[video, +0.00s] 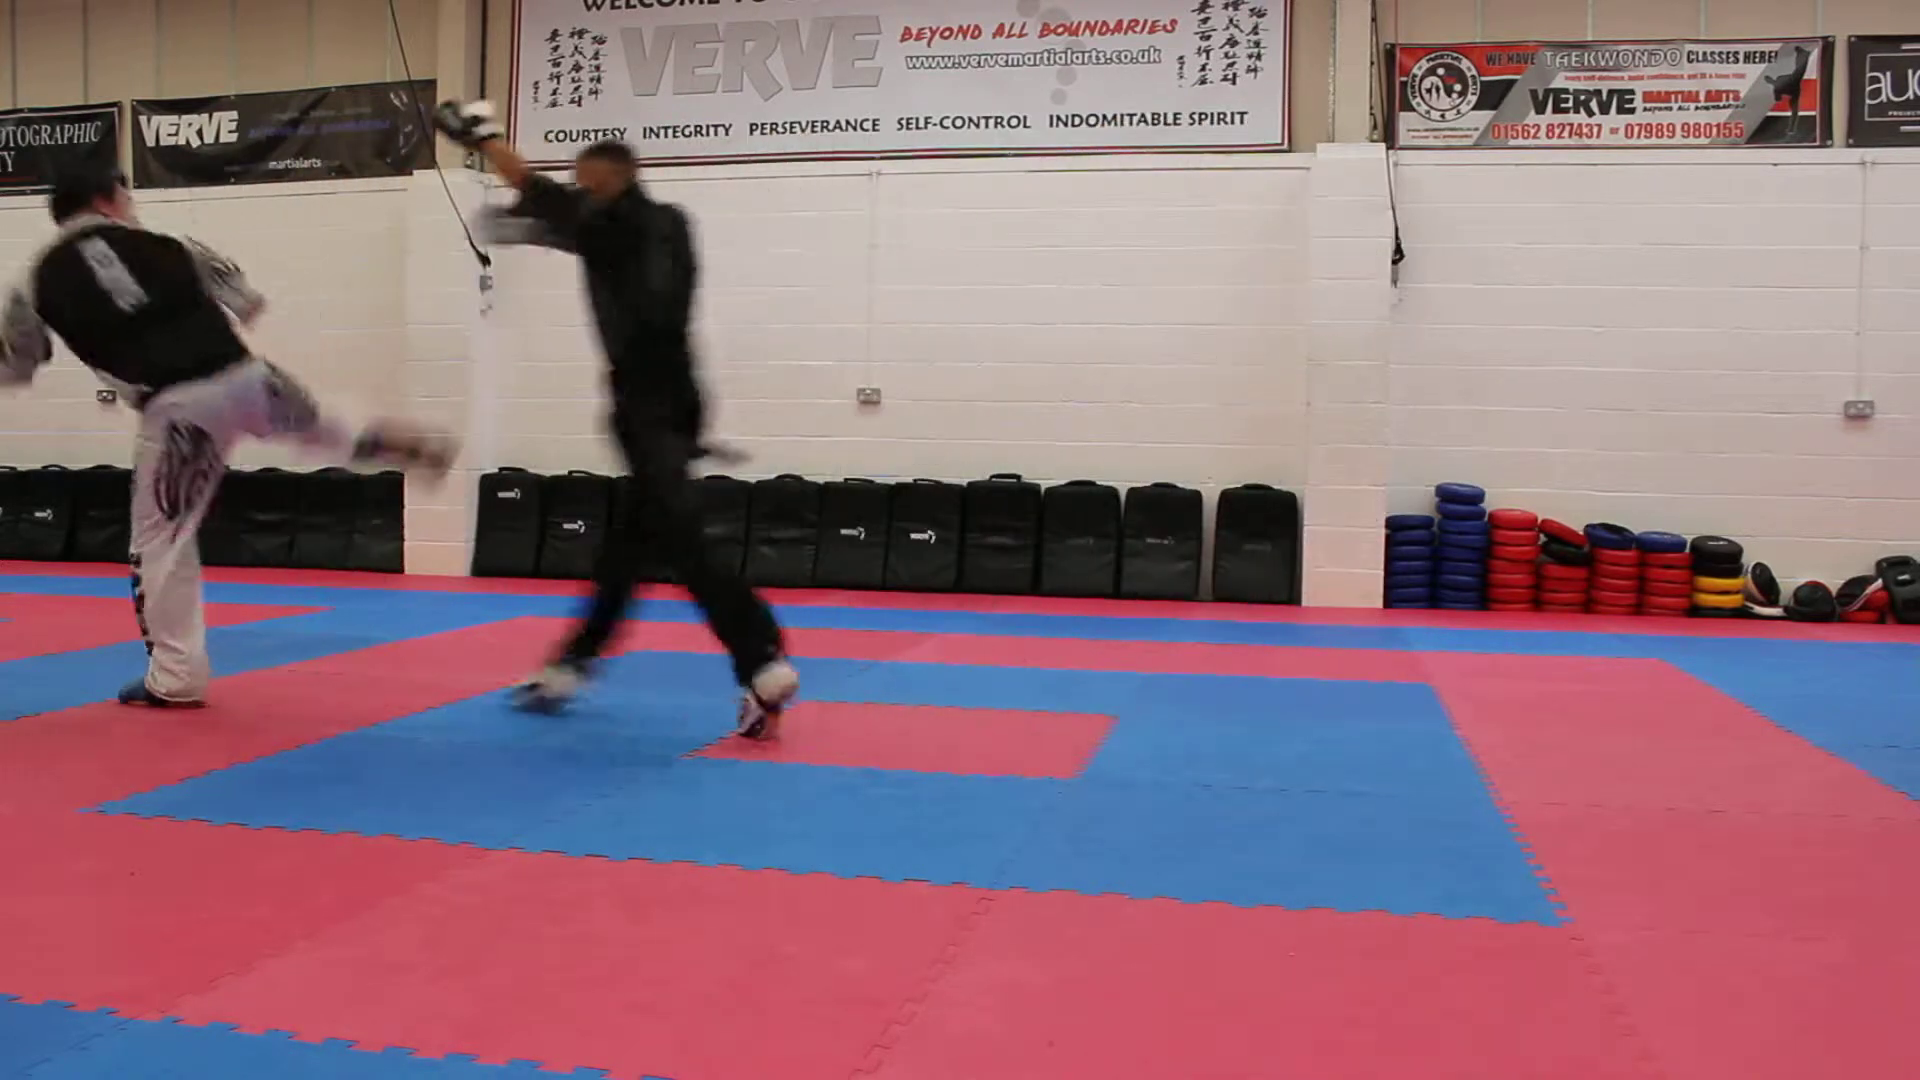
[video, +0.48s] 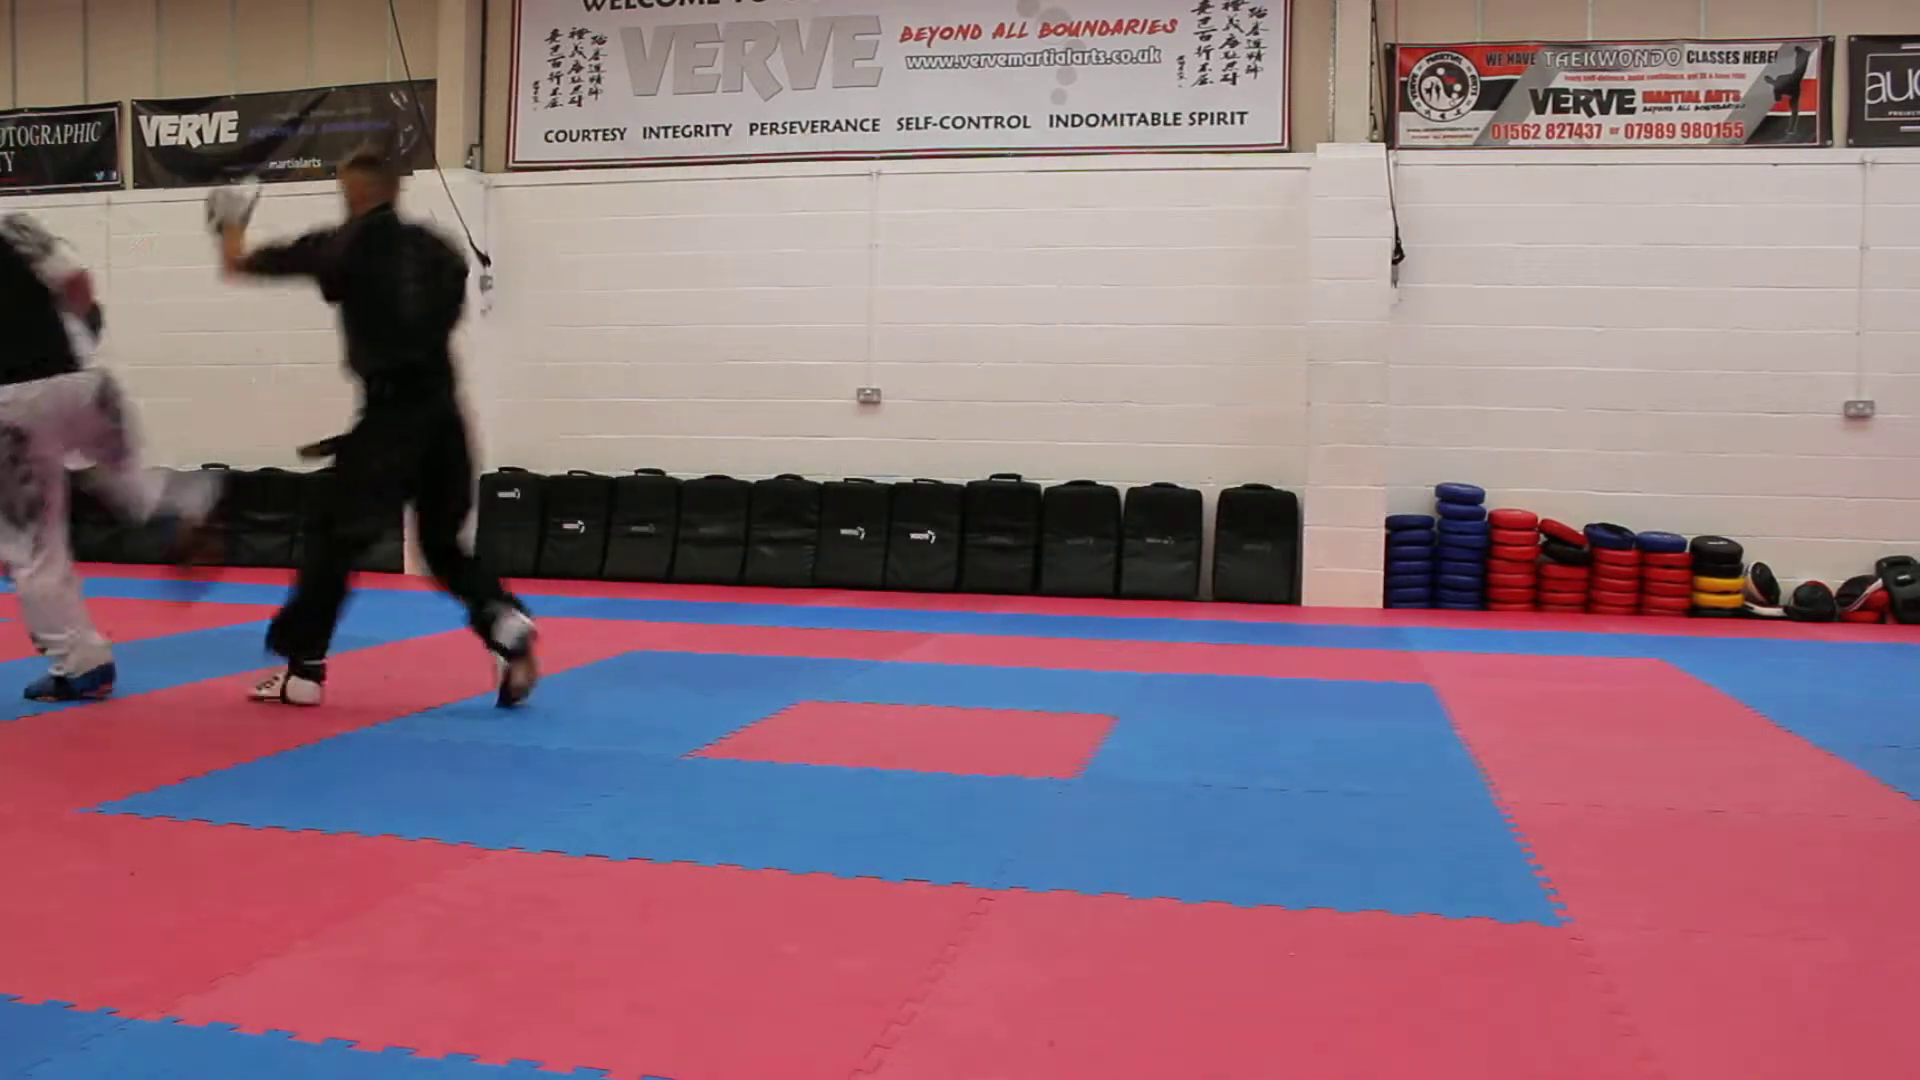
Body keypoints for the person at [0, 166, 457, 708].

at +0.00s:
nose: (131, 204)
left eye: (126, 195)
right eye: (126, 195)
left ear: (58, 211)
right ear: (112, 198)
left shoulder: (40, 280)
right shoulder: (168, 244)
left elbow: (17, 365)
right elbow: (248, 303)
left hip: (178, 412)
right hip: (246, 381)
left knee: (161, 541)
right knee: (326, 433)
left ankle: (176, 677)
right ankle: (412, 447)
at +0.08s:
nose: (109, 179)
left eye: (104, 169)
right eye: (102, 169)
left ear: (35, 181)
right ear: (79, 169)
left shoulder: (20, 240)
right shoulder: (131, 213)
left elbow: (5, 334)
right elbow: (220, 265)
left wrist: (10, 360)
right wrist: (171, 308)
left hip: (149, 392)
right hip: (212, 351)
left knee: (161, 529)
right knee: (321, 368)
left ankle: (170, 667)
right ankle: (414, 360)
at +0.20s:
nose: (70, 150)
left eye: (66, 140)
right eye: (64, 140)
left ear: (5, 150)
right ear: (42, 141)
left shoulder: (3, 208)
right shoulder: (91, 177)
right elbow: (186, 231)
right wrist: (140, 290)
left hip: (111, 363)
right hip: (176, 318)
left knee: (119, 496)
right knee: (298, 349)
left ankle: (145, 621)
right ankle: (334, 295)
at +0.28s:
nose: (44, 147)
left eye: (37, 138)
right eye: (38, 138)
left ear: (1, 145)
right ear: (22, 139)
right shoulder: (69, 178)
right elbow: (162, 226)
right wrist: (126, 287)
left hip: (94, 357)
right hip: (155, 320)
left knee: (96, 498)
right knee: (268, 368)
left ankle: (107, 628)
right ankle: (277, 332)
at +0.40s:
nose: (9, 177)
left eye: (7, 171)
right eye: (7, 171)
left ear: (8, 175)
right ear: (8, 174)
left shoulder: (27, 219)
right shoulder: (32, 217)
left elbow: (115, 251)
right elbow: (116, 252)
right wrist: (97, 327)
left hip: (39, 399)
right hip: (105, 367)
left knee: (61, 538)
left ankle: (87, 662)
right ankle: (241, 419)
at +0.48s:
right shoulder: (15, 229)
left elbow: (72, 277)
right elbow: (73, 276)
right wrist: (86, 327)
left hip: (14, 403)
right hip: (78, 386)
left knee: (34, 547)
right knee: (125, 473)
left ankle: (81, 663)